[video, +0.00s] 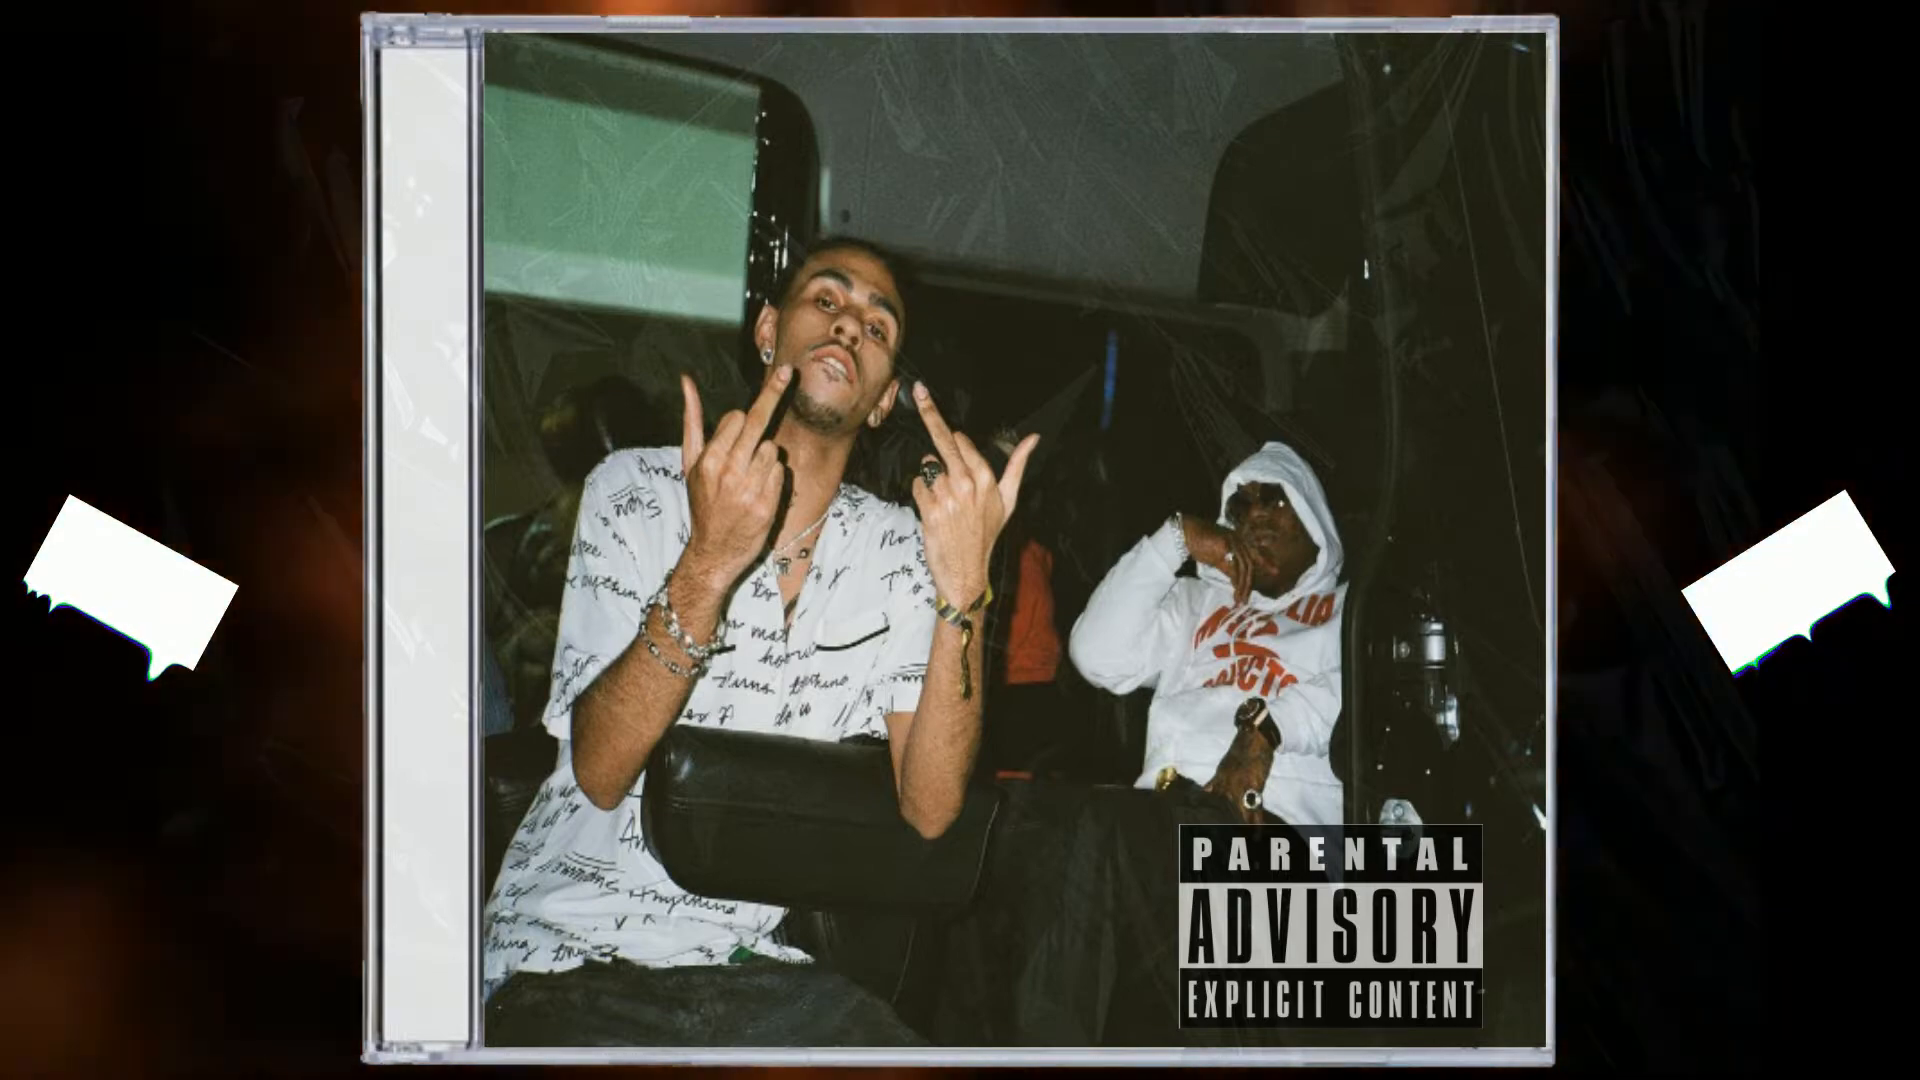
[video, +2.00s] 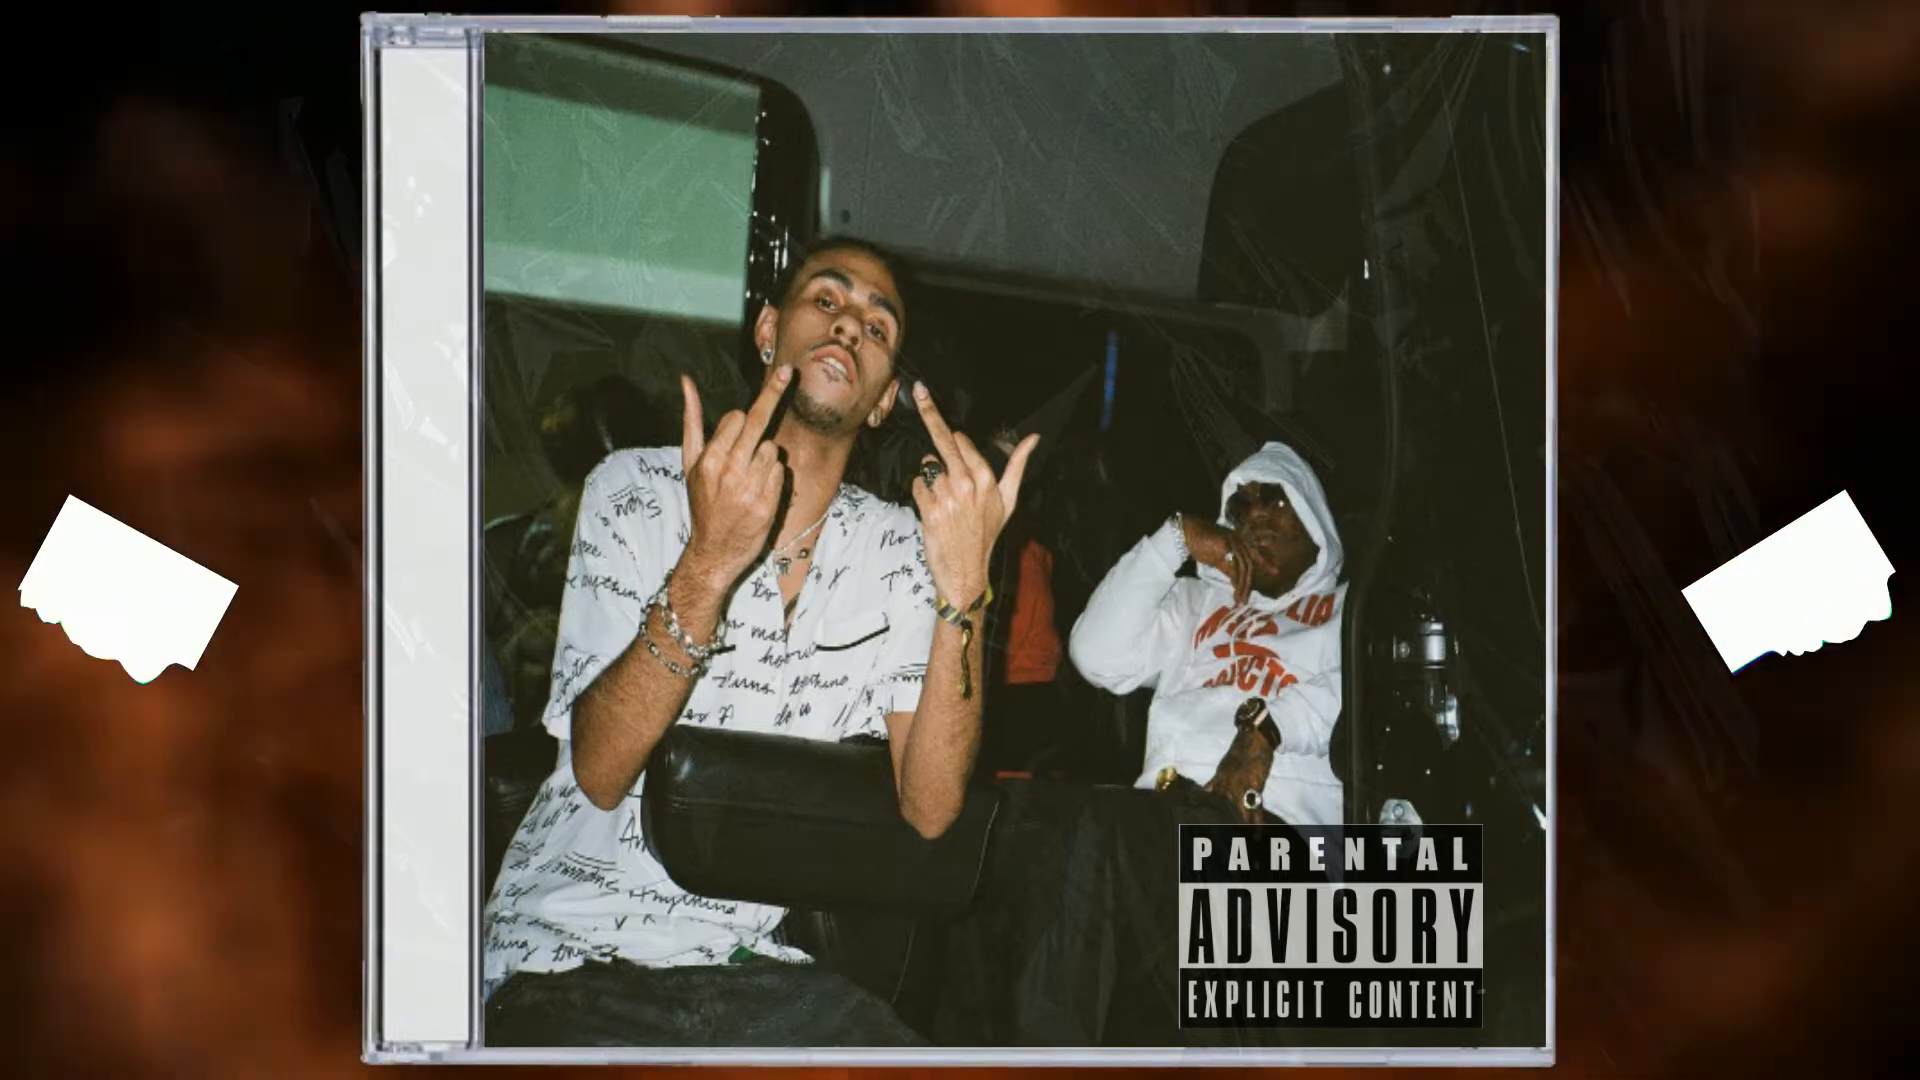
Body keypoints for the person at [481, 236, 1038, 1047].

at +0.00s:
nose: (852, 322)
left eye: (879, 323)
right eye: (827, 298)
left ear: (887, 396)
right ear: (766, 333)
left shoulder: (903, 551)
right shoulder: (638, 491)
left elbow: (931, 809)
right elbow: (601, 770)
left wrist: (966, 593)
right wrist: (710, 563)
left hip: (754, 956)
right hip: (570, 944)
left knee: (904, 1060)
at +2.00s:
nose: (852, 323)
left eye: (879, 323)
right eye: (826, 299)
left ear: (887, 396)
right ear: (767, 333)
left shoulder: (902, 550)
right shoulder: (638, 490)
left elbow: (931, 809)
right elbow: (601, 770)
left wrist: (966, 593)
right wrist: (709, 564)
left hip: (753, 957)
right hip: (569, 945)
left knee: (907, 1063)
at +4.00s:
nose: (851, 323)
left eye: (879, 323)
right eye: (826, 298)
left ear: (887, 395)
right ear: (767, 333)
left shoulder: (903, 550)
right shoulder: (638, 490)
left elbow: (931, 809)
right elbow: (601, 770)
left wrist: (965, 594)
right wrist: (710, 564)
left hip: (757, 957)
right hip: (572, 945)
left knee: (911, 1066)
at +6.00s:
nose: (851, 323)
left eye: (878, 323)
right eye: (826, 298)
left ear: (886, 395)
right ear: (767, 333)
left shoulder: (903, 550)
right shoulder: (638, 490)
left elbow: (931, 809)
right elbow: (601, 770)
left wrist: (965, 594)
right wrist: (710, 564)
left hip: (752, 955)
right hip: (568, 943)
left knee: (907, 1060)